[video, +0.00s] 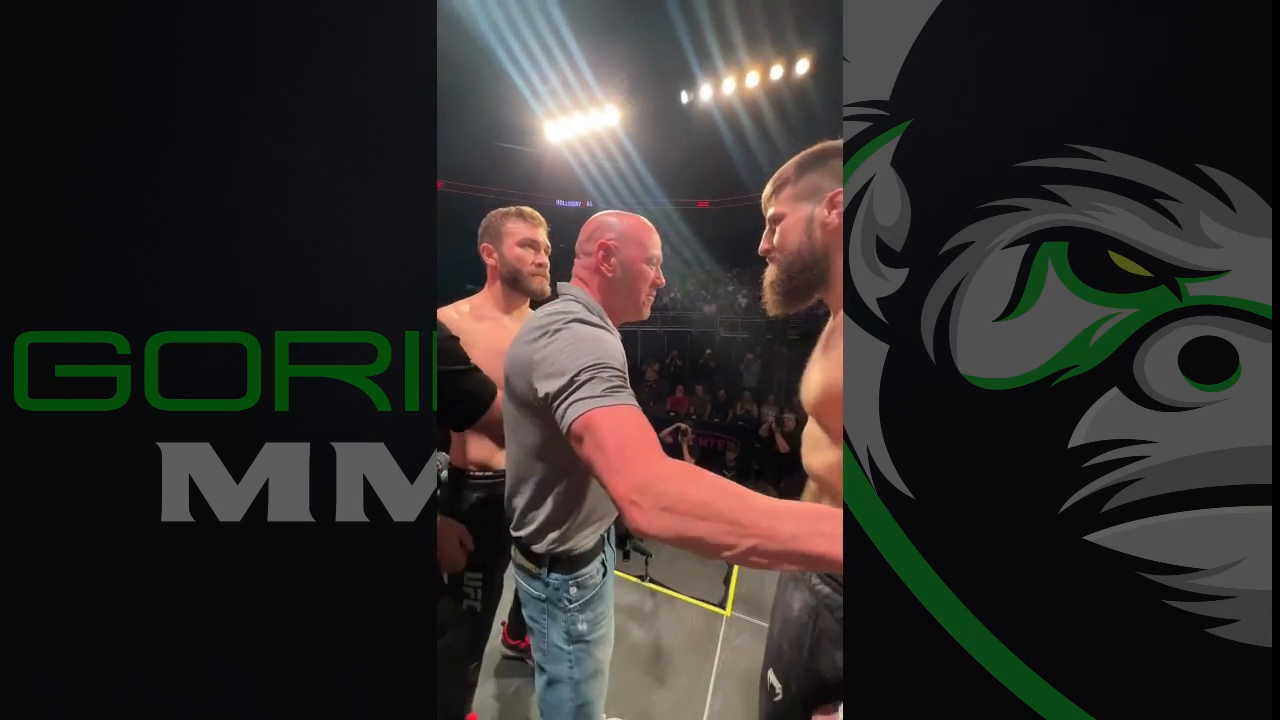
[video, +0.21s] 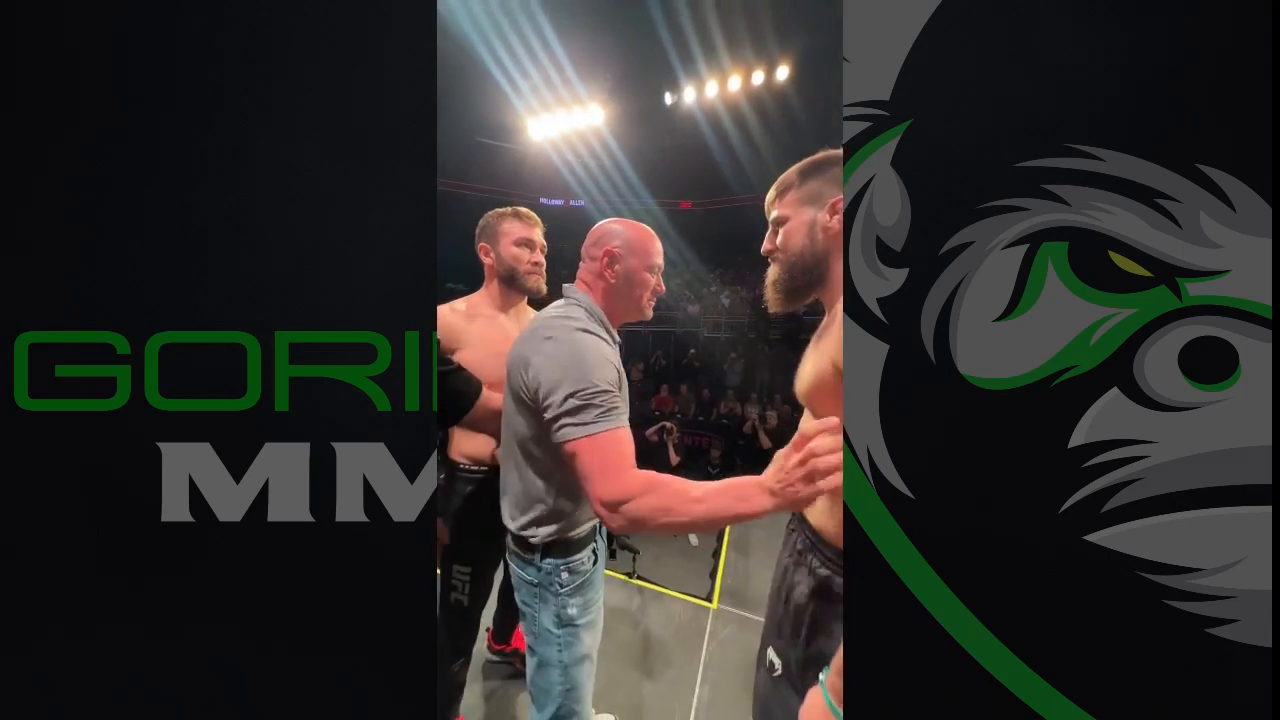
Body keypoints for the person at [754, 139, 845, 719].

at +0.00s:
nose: (764, 245)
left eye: (776, 221)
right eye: (766, 227)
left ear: (832, 211)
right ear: (829, 214)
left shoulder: (858, 333)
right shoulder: (835, 330)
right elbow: (829, 482)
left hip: (836, 589)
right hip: (812, 579)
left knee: (800, 706)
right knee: (783, 704)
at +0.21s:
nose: (767, 245)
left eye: (779, 224)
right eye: (768, 228)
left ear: (834, 218)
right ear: (828, 222)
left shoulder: (851, 334)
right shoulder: (832, 328)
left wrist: (836, 687)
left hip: (835, 574)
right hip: (811, 557)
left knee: (790, 708)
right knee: (779, 702)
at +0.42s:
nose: (758, 252)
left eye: (771, 235)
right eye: (761, 238)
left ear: (821, 235)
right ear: (819, 239)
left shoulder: (840, 299)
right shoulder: (827, 303)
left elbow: (884, 448)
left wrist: (846, 629)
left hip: (836, 553)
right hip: (818, 539)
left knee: (792, 699)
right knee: (788, 693)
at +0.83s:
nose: (766, 237)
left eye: (780, 221)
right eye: (770, 223)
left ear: (830, 224)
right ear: (829, 226)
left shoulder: (839, 293)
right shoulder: (825, 293)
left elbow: (867, 463)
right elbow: (836, 448)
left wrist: (826, 620)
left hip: (817, 537)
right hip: (800, 522)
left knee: (791, 693)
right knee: (782, 674)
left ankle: (779, 711)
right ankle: (773, 708)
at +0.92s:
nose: (768, 235)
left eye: (783, 218)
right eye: (773, 220)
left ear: (834, 223)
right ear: (830, 225)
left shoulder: (841, 294)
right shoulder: (828, 295)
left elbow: (847, 470)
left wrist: (755, 598)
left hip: (825, 551)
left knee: (810, 697)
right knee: (791, 673)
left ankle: (773, 713)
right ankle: (770, 710)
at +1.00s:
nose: (764, 236)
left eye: (778, 218)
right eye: (767, 220)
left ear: (831, 221)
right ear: (827, 224)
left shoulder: (835, 303)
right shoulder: (827, 303)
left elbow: (822, 485)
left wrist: (699, 567)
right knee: (764, 622)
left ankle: (753, 712)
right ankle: (751, 707)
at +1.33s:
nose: (721, 241)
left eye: (733, 222)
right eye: (721, 225)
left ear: (784, 217)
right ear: (781, 220)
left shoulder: (816, 301)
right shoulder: (793, 300)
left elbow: (790, 477)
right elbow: (772, 420)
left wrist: (667, 550)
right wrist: (725, 463)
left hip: (814, 513)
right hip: (791, 505)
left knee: (799, 688)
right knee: (769, 597)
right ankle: (765, 679)